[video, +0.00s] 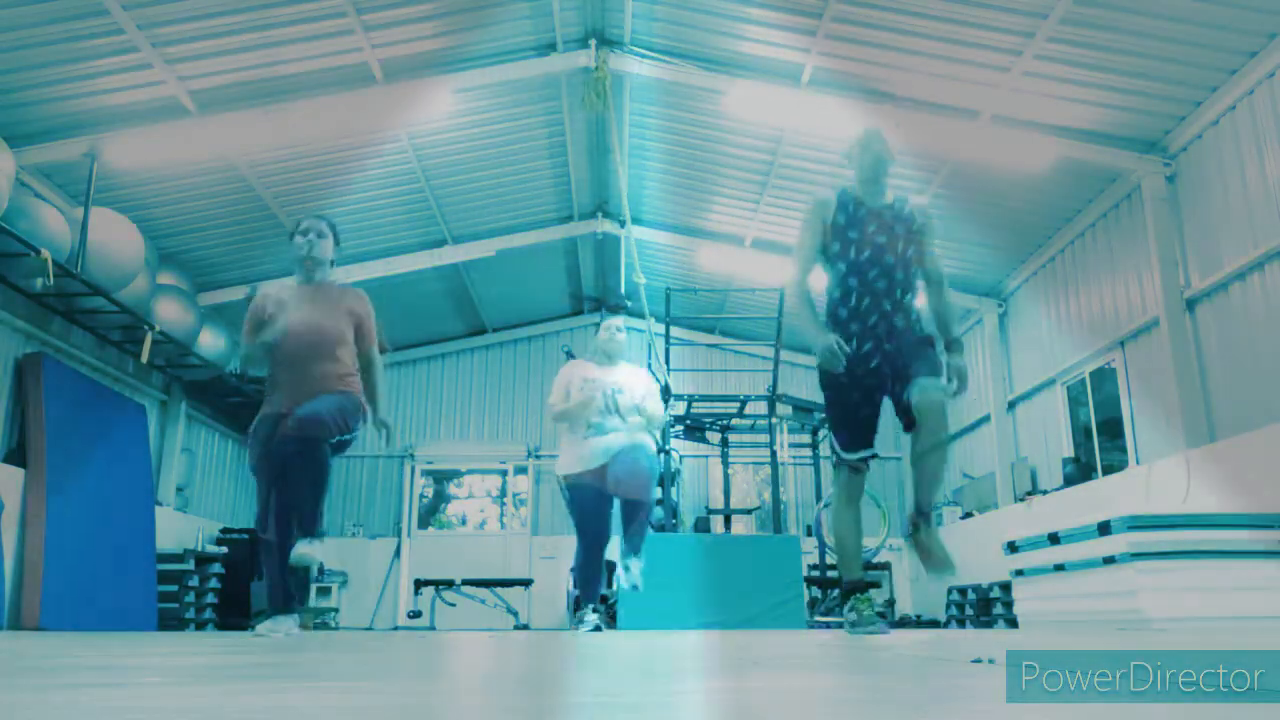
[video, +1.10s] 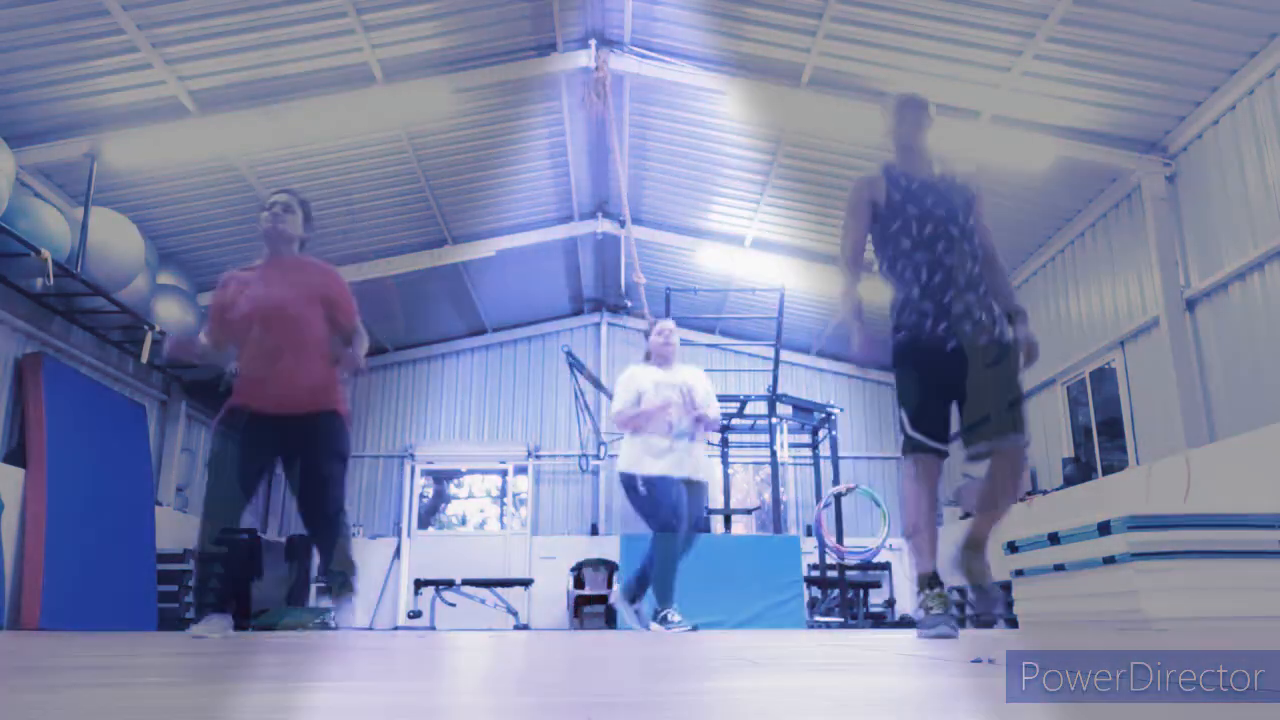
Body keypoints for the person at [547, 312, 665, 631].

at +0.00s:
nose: (616, 335)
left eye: (621, 330)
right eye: (610, 330)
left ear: (627, 338)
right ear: (597, 336)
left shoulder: (639, 375)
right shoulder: (574, 369)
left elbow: (659, 418)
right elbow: (554, 413)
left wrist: (637, 413)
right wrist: (582, 405)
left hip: (630, 460)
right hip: (582, 463)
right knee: (591, 538)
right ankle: (587, 609)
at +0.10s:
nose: (617, 331)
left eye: (624, 327)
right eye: (612, 326)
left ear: (633, 335)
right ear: (601, 333)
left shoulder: (649, 370)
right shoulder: (580, 364)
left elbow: (667, 412)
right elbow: (557, 405)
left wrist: (647, 415)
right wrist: (588, 408)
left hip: (634, 456)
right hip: (586, 460)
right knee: (592, 534)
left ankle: (634, 596)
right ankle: (585, 606)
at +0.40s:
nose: (635, 328)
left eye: (642, 325)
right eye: (630, 325)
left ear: (653, 335)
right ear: (620, 333)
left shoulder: (666, 368)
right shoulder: (600, 362)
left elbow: (683, 413)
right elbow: (579, 406)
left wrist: (665, 412)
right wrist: (610, 399)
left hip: (647, 462)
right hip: (598, 458)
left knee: (635, 532)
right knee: (592, 517)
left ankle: (631, 606)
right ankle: (584, 579)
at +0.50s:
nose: (642, 325)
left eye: (648, 321)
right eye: (636, 321)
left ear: (657, 331)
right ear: (624, 328)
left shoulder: (672, 363)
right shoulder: (604, 357)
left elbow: (689, 410)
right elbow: (582, 401)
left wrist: (671, 412)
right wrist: (614, 399)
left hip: (655, 447)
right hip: (608, 439)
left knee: (642, 527)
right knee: (599, 483)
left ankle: (637, 604)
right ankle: (594, 543)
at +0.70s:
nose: (650, 338)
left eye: (656, 333)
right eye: (645, 333)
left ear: (665, 340)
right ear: (635, 338)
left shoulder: (677, 378)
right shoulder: (618, 371)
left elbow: (695, 427)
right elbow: (597, 408)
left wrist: (677, 405)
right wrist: (623, 393)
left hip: (658, 455)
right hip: (614, 444)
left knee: (646, 533)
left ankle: (638, 604)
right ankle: (634, 536)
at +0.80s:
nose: (656, 329)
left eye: (661, 324)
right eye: (650, 324)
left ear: (669, 332)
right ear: (640, 333)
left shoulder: (687, 369)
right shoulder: (622, 362)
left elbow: (703, 415)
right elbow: (595, 401)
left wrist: (678, 411)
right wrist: (625, 397)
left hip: (664, 456)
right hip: (618, 445)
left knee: (644, 526)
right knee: (651, 485)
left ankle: (631, 605)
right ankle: (656, 568)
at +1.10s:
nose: (667, 337)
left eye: (672, 332)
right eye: (660, 333)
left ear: (679, 341)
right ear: (649, 341)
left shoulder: (695, 376)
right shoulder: (635, 375)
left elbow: (715, 422)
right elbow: (619, 419)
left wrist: (699, 414)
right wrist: (653, 409)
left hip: (689, 468)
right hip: (645, 466)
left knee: (688, 533)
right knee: (670, 526)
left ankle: (630, 593)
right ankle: (664, 610)